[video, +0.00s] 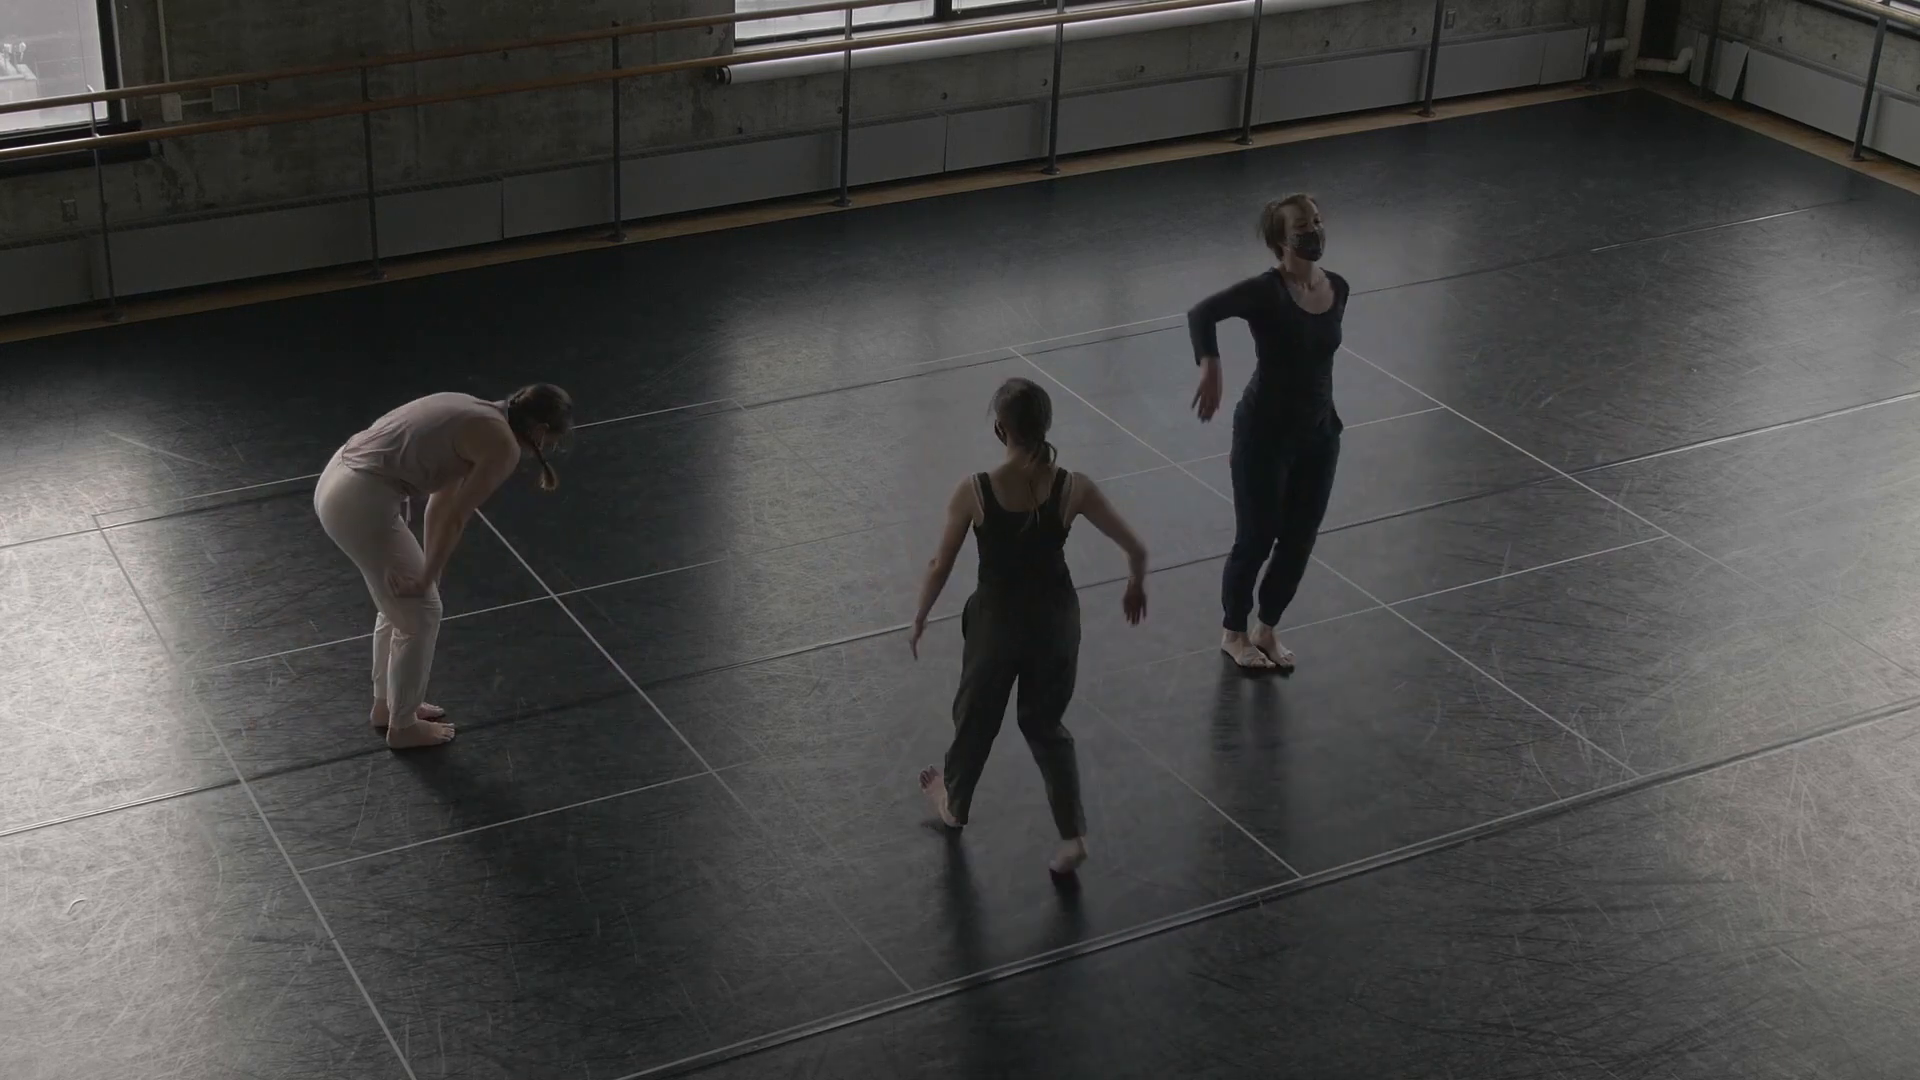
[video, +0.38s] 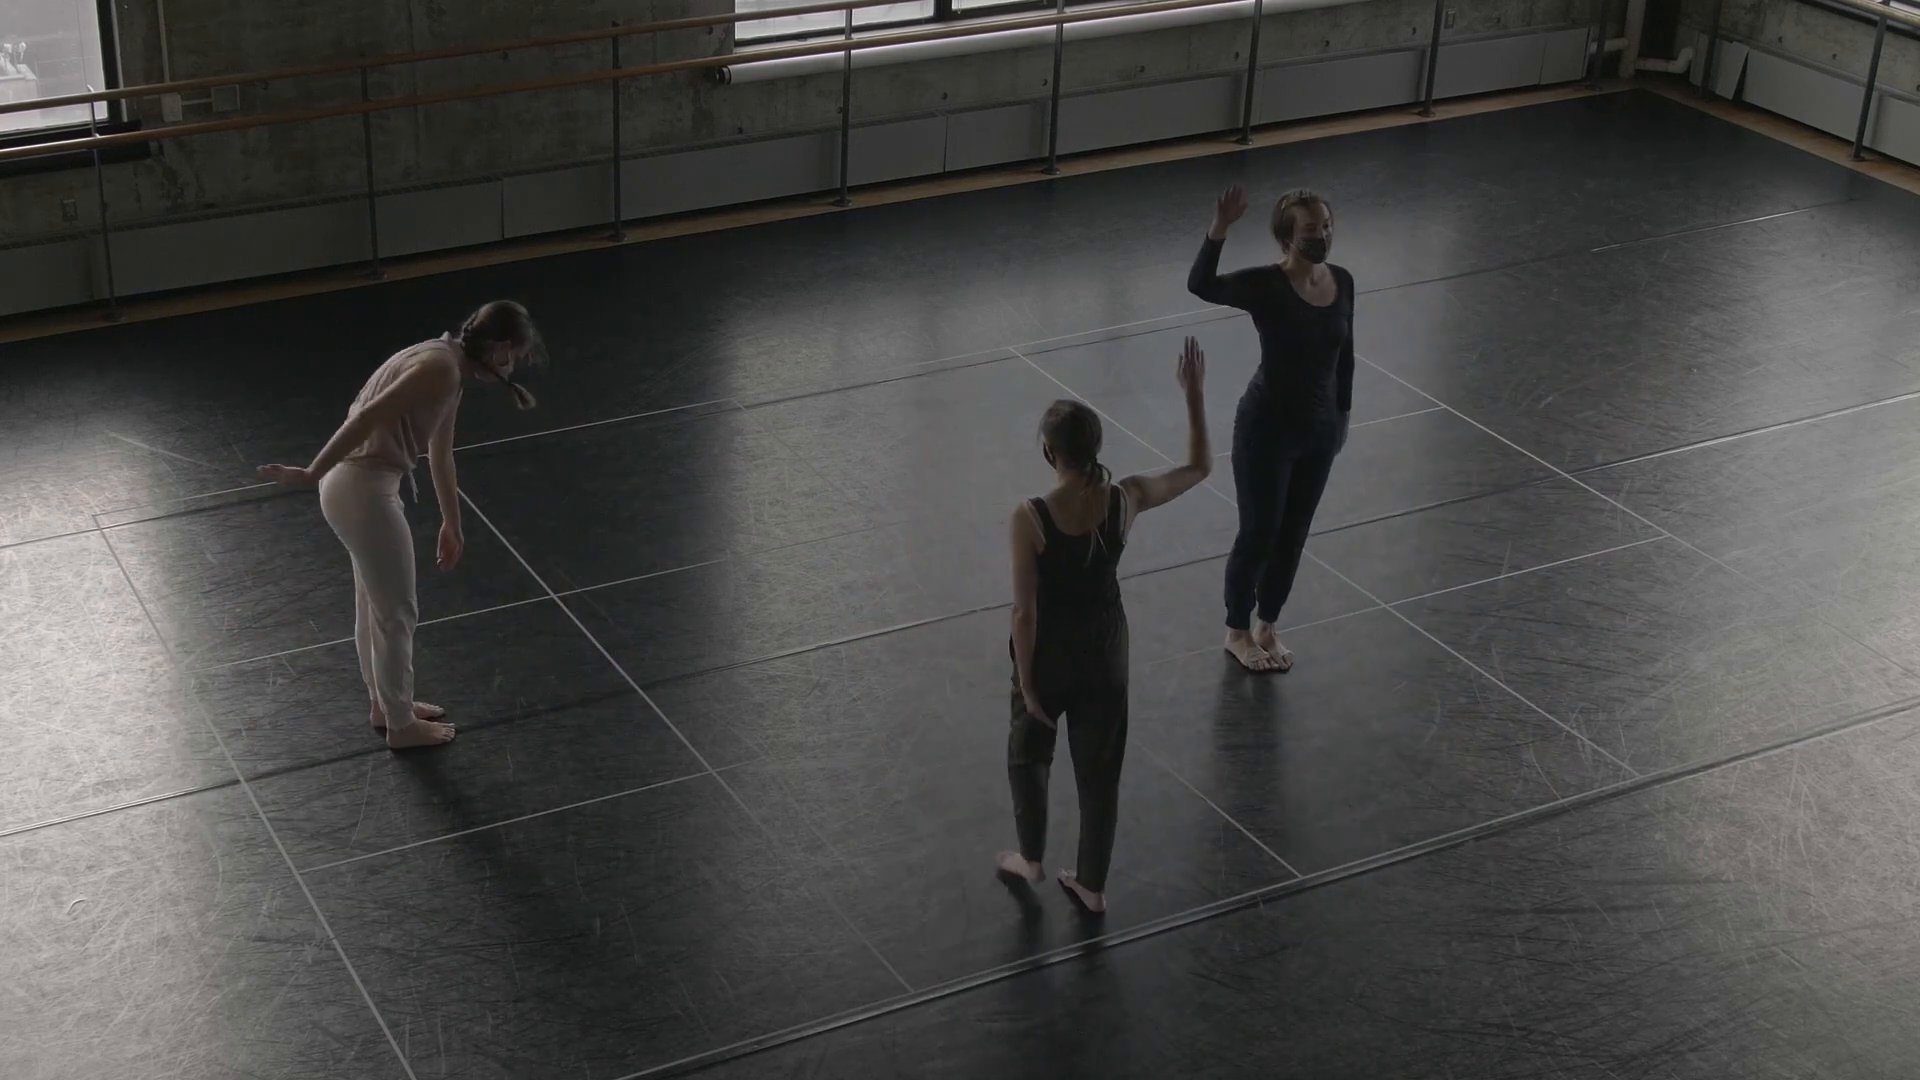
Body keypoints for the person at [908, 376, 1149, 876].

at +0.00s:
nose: (993, 425)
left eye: (995, 419)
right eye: (997, 418)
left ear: (1001, 427)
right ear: (1046, 425)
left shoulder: (973, 491)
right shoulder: (1074, 487)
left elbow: (942, 565)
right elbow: (1135, 547)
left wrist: (921, 615)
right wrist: (1135, 587)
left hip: (996, 629)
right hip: (1056, 627)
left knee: (976, 716)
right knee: (1044, 721)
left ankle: (954, 806)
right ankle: (1072, 837)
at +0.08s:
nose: (1005, 433)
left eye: (1006, 428)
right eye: (1008, 426)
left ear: (1012, 437)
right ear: (1058, 435)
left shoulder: (989, 502)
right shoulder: (1088, 493)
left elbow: (960, 583)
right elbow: (1159, 523)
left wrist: (942, 639)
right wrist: (1159, 531)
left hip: (1010, 647)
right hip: (1071, 645)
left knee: (980, 730)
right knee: (1070, 749)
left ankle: (956, 806)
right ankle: (1093, 867)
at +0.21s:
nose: (1025, 443)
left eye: (1026, 437)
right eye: (1028, 436)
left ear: (1032, 446)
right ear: (1079, 443)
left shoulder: (1013, 513)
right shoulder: (1110, 496)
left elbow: (994, 605)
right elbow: (1188, 495)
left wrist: (987, 672)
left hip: (1030, 652)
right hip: (1092, 653)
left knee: (1001, 737)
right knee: (1093, 765)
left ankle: (973, 818)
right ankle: (1092, 883)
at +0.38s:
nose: (1042, 446)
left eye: (1043, 440)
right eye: (1057, 438)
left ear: (1048, 450)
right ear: (1097, 444)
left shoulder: (1030, 518)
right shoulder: (1126, 498)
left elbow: (1025, 613)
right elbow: (1198, 467)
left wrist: (1027, 687)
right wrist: (1194, 395)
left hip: (1046, 663)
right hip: (1105, 661)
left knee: (1028, 759)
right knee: (1099, 779)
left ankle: (1030, 860)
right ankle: (1091, 886)